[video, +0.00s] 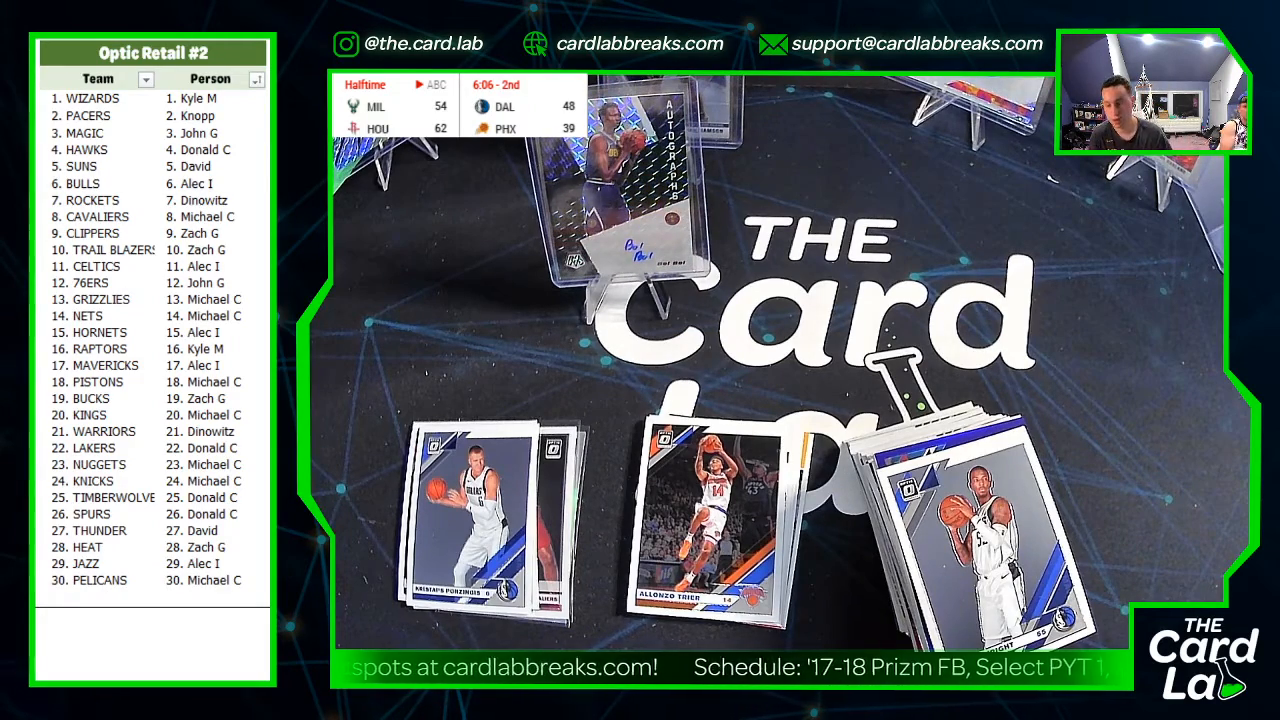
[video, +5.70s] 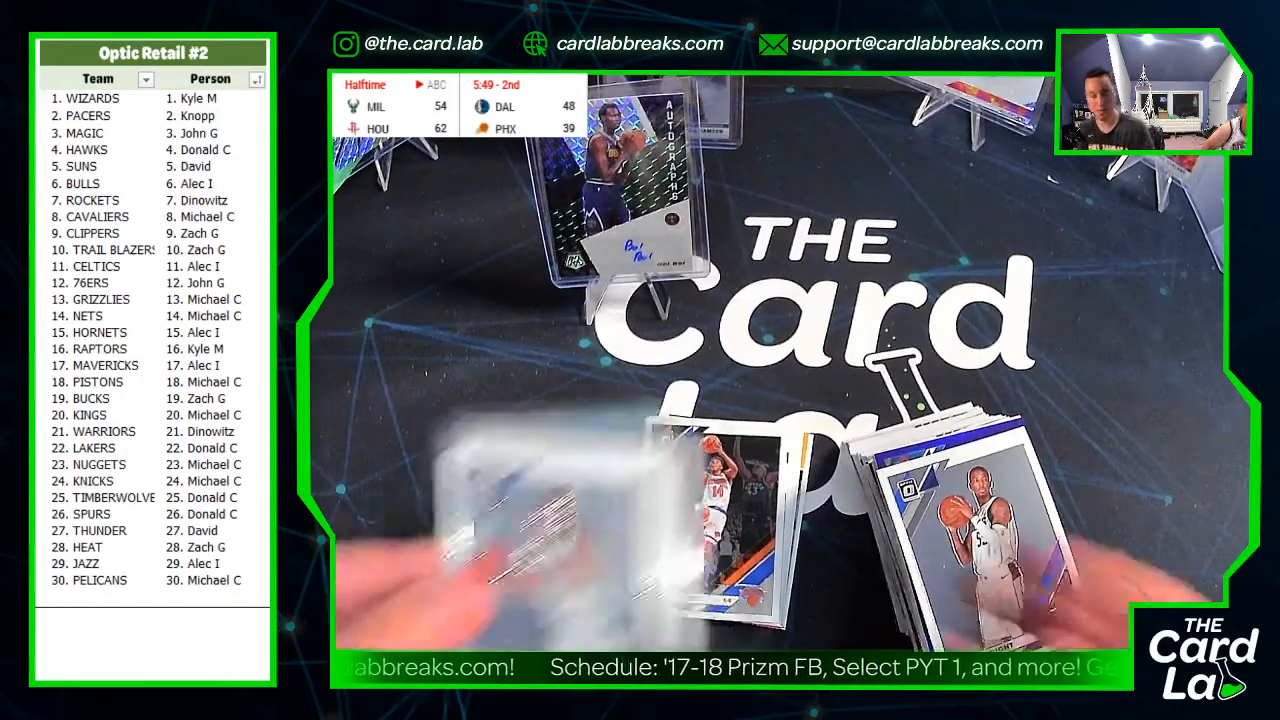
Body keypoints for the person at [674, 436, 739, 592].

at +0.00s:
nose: (714, 463)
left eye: (717, 461)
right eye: (713, 461)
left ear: (721, 465)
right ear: (710, 465)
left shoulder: (727, 476)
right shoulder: (706, 477)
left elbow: (734, 468)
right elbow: (698, 470)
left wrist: (722, 452)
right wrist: (700, 451)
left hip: (721, 513)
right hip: (706, 507)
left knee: (707, 550)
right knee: (704, 511)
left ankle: (689, 578)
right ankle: (688, 539)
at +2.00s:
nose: (714, 463)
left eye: (717, 461)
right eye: (713, 461)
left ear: (721, 465)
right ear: (710, 465)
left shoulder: (727, 476)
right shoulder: (706, 476)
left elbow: (734, 469)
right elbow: (699, 470)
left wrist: (722, 452)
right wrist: (700, 451)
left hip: (721, 513)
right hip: (707, 507)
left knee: (707, 550)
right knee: (704, 511)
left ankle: (688, 579)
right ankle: (688, 540)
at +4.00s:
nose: (714, 464)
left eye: (717, 462)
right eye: (712, 461)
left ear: (721, 466)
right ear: (709, 465)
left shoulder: (727, 476)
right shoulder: (705, 477)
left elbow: (734, 469)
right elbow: (698, 471)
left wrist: (721, 452)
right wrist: (700, 451)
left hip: (720, 512)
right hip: (706, 507)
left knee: (707, 550)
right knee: (704, 512)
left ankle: (689, 578)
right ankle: (688, 540)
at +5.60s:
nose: (714, 464)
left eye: (717, 462)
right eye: (713, 462)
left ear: (721, 465)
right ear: (709, 465)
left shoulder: (727, 476)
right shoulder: (705, 477)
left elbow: (734, 469)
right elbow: (698, 471)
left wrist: (722, 452)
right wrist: (700, 451)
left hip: (720, 513)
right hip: (706, 507)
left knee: (707, 550)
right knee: (705, 512)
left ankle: (688, 580)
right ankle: (688, 540)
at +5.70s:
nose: (714, 464)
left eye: (717, 462)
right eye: (712, 462)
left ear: (721, 465)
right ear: (709, 464)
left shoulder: (726, 476)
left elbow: (734, 468)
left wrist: (722, 453)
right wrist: (700, 449)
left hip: (719, 510)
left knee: (708, 544)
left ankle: (708, 576)